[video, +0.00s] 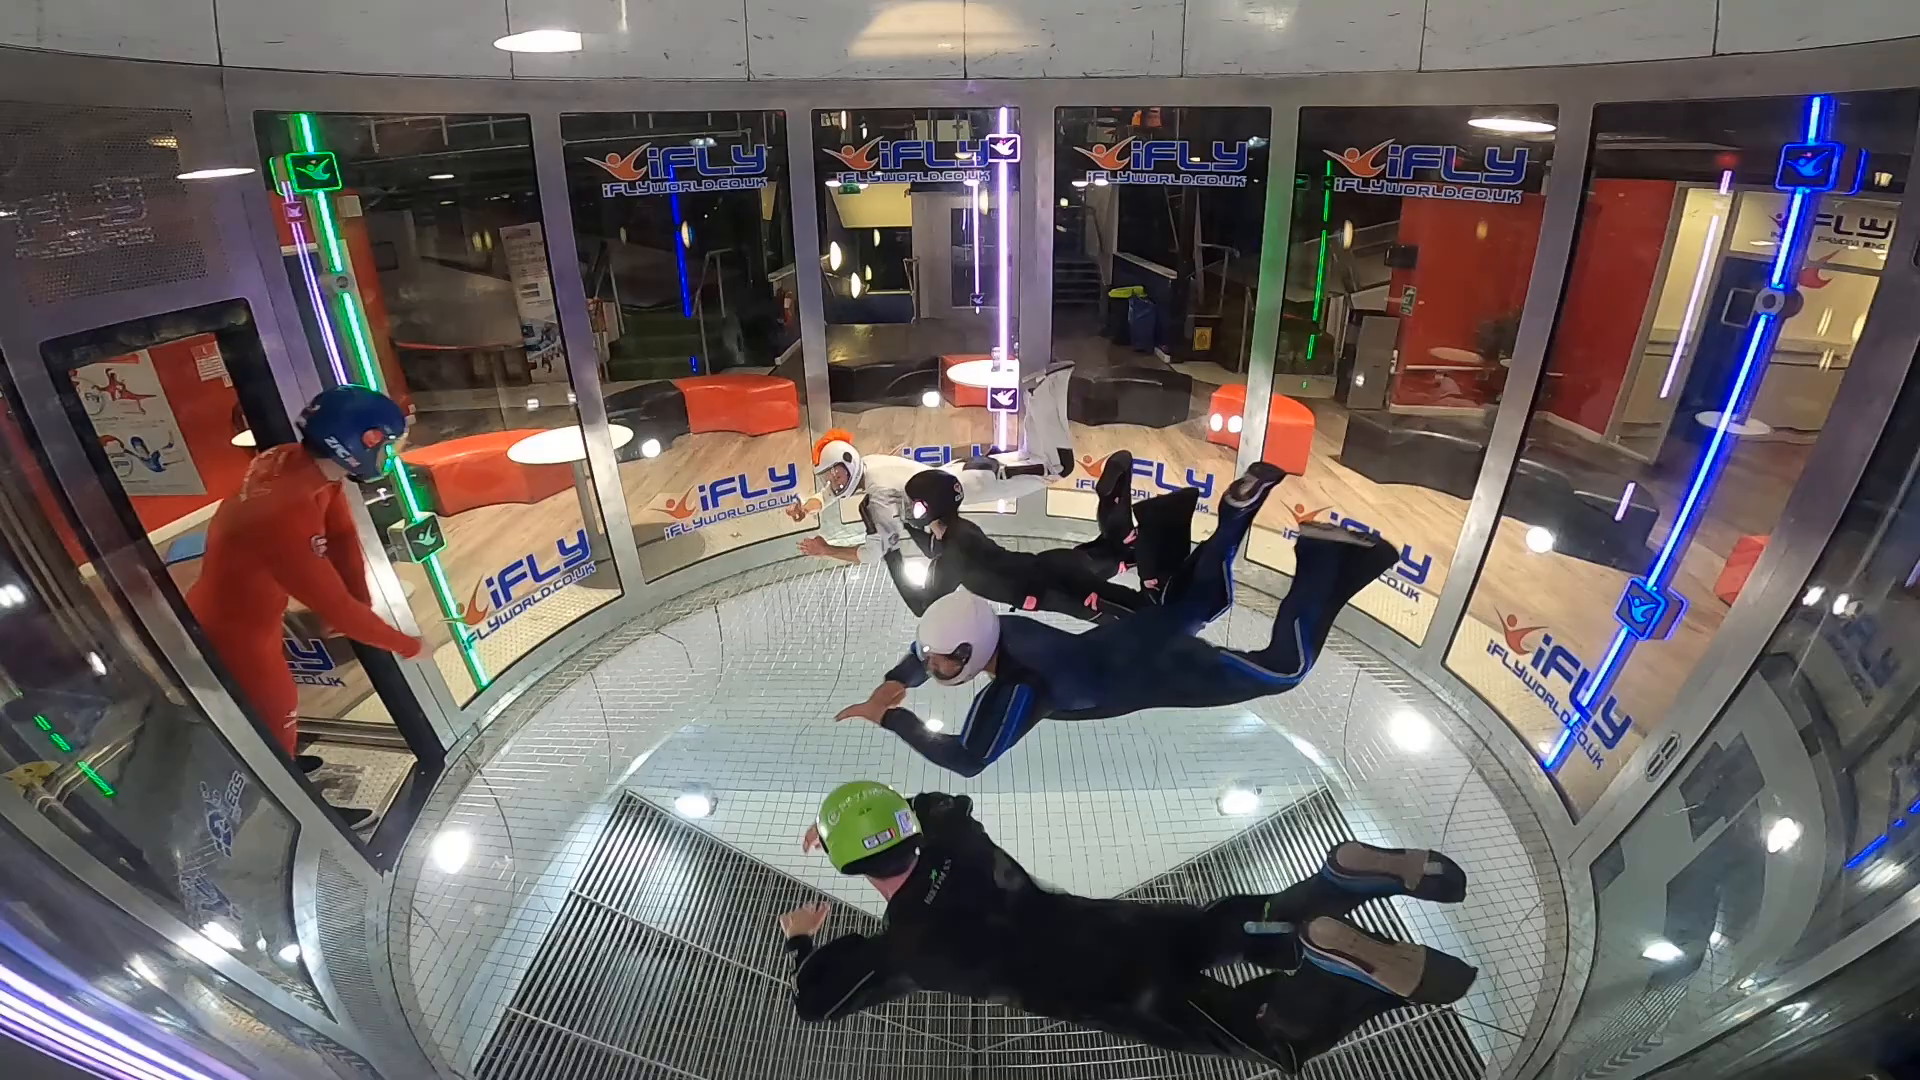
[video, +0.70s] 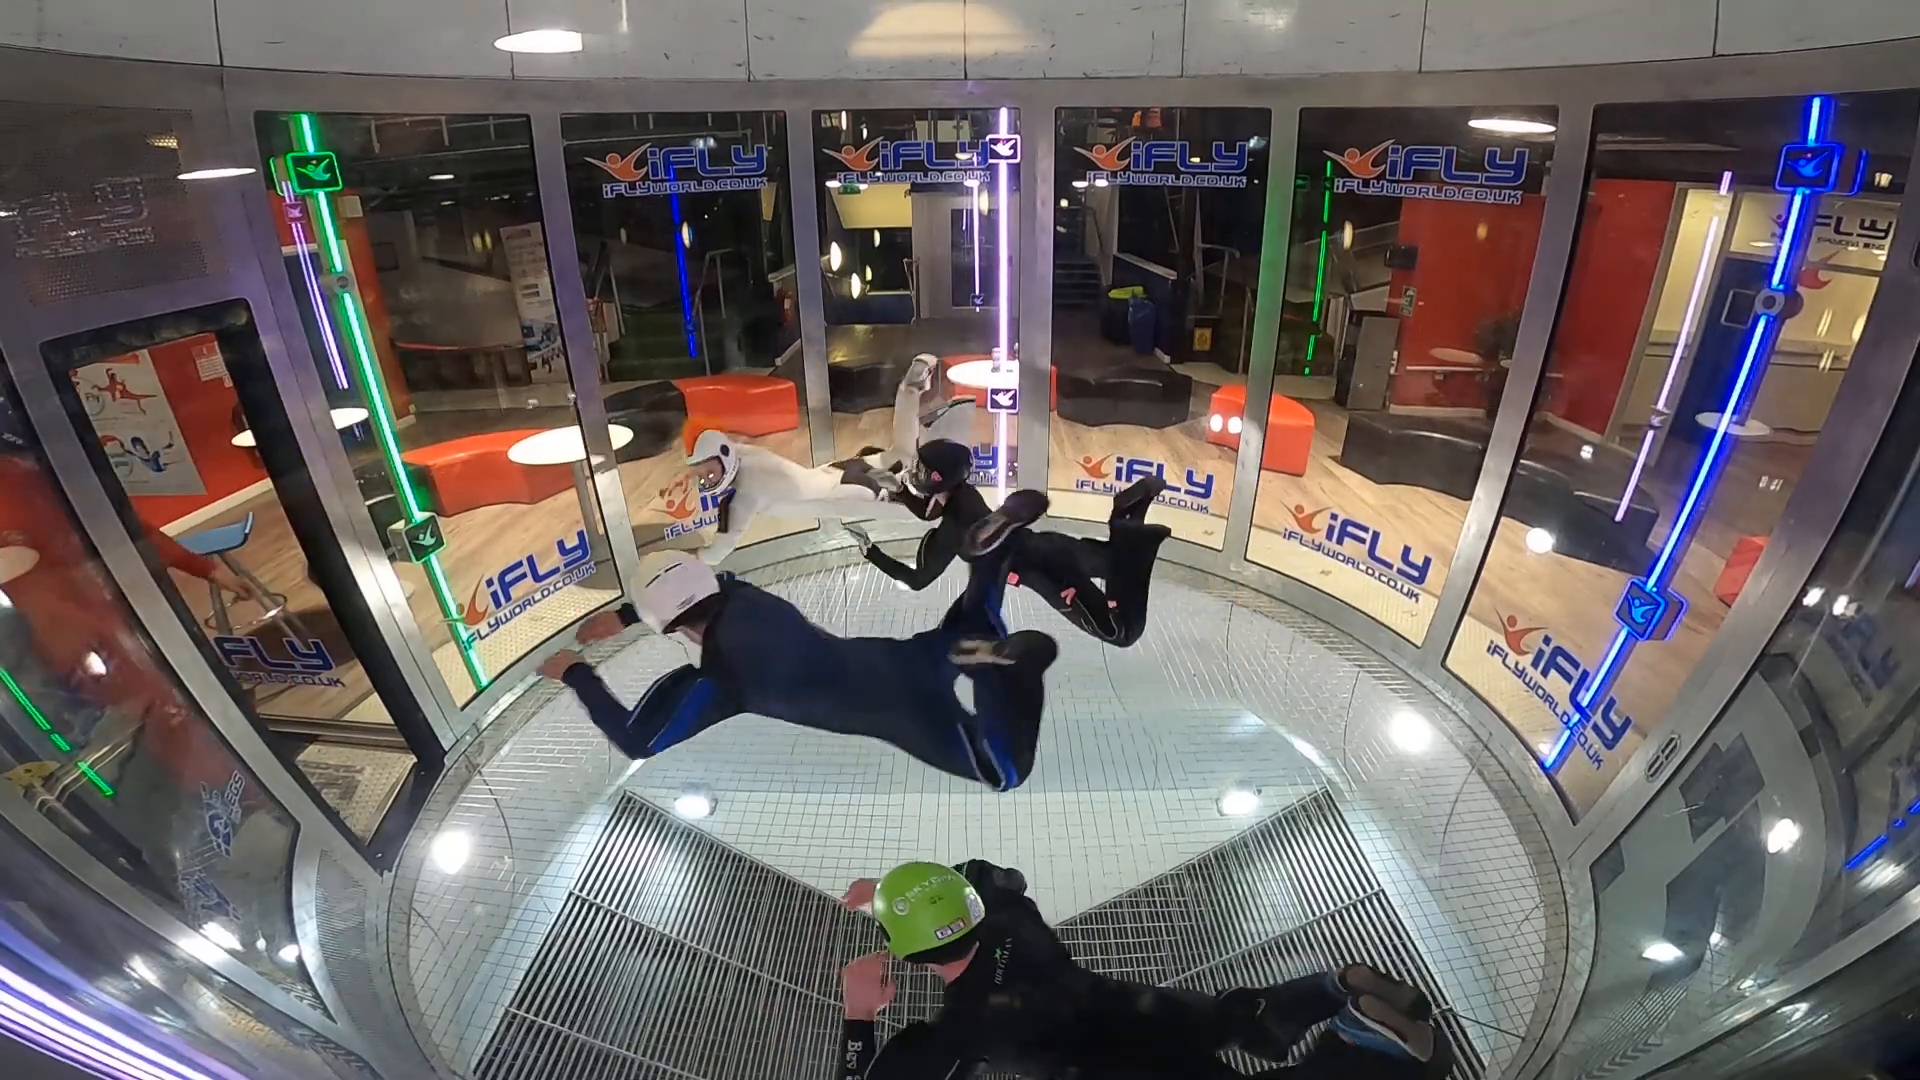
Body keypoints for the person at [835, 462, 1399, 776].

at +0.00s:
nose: (941, 671)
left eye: (947, 663)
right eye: (936, 661)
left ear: (975, 658)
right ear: (962, 638)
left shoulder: (1018, 688)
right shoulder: (990, 623)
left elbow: (967, 759)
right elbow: (929, 652)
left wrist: (895, 718)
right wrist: (895, 690)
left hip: (1159, 675)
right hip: (1131, 637)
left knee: (1285, 666)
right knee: (1205, 597)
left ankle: (1324, 557)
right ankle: (1235, 512)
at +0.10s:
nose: (916, 676)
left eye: (924, 668)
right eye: (910, 666)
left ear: (953, 659)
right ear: (929, 643)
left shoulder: (993, 687)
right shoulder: (965, 624)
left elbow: (936, 757)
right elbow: (903, 654)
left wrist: (862, 713)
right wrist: (861, 685)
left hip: (1138, 676)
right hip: (1117, 630)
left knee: (1261, 679)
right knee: (1182, 593)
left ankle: (1285, 566)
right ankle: (1203, 513)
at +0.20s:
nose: (863, 670)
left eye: (871, 661)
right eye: (861, 660)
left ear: (904, 657)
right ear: (905, 637)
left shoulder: (946, 686)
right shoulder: (924, 629)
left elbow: (883, 756)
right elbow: (862, 656)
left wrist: (818, 695)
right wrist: (812, 672)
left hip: (1098, 681)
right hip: (1075, 641)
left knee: (1219, 691)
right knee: (1145, 611)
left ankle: (1219, 572)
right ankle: (1171, 520)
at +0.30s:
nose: (819, 666)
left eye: (826, 661)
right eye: (817, 658)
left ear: (857, 657)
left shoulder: (899, 687)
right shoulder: (887, 622)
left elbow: (832, 751)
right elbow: (823, 640)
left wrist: (766, 690)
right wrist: (765, 663)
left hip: (1067, 691)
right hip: (1051, 641)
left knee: (1179, 702)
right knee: (1110, 618)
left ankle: (1177, 570)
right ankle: (1152, 538)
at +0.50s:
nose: (736, 645)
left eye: (741, 638)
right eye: (733, 636)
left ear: (764, 635)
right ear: (772, 609)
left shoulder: (802, 681)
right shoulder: (806, 609)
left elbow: (737, 748)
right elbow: (755, 612)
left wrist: (672, 690)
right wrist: (697, 617)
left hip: (977, 696)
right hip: (969, 651)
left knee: (1090, 736)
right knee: (1043, 623)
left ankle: (1129, 628)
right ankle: (1088, 526)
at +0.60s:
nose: (716, 642)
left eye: (715, 635)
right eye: (712, 633)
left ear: (730, 634)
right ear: (749, 600)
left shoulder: (764, 681)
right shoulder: (782, 604)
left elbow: (686, 744)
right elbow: (724, 601)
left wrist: (619, 688)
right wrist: (661, 615)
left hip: (939, 709)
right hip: (937, 654)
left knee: (1049, 753)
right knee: (997, 631)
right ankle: (1056, 551)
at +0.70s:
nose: (676, 634)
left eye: (674, 625)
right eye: (672, 622)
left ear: (684, 622)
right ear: (707, 588)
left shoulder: (723, 676)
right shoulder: (742, 593)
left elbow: (638, 740)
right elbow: (682, 585)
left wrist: (576, 675)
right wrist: (622, 616)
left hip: (906, 711)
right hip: (902, 657)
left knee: (1005, 768)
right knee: (968, 636)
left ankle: (1004, 670)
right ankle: (992, 556)